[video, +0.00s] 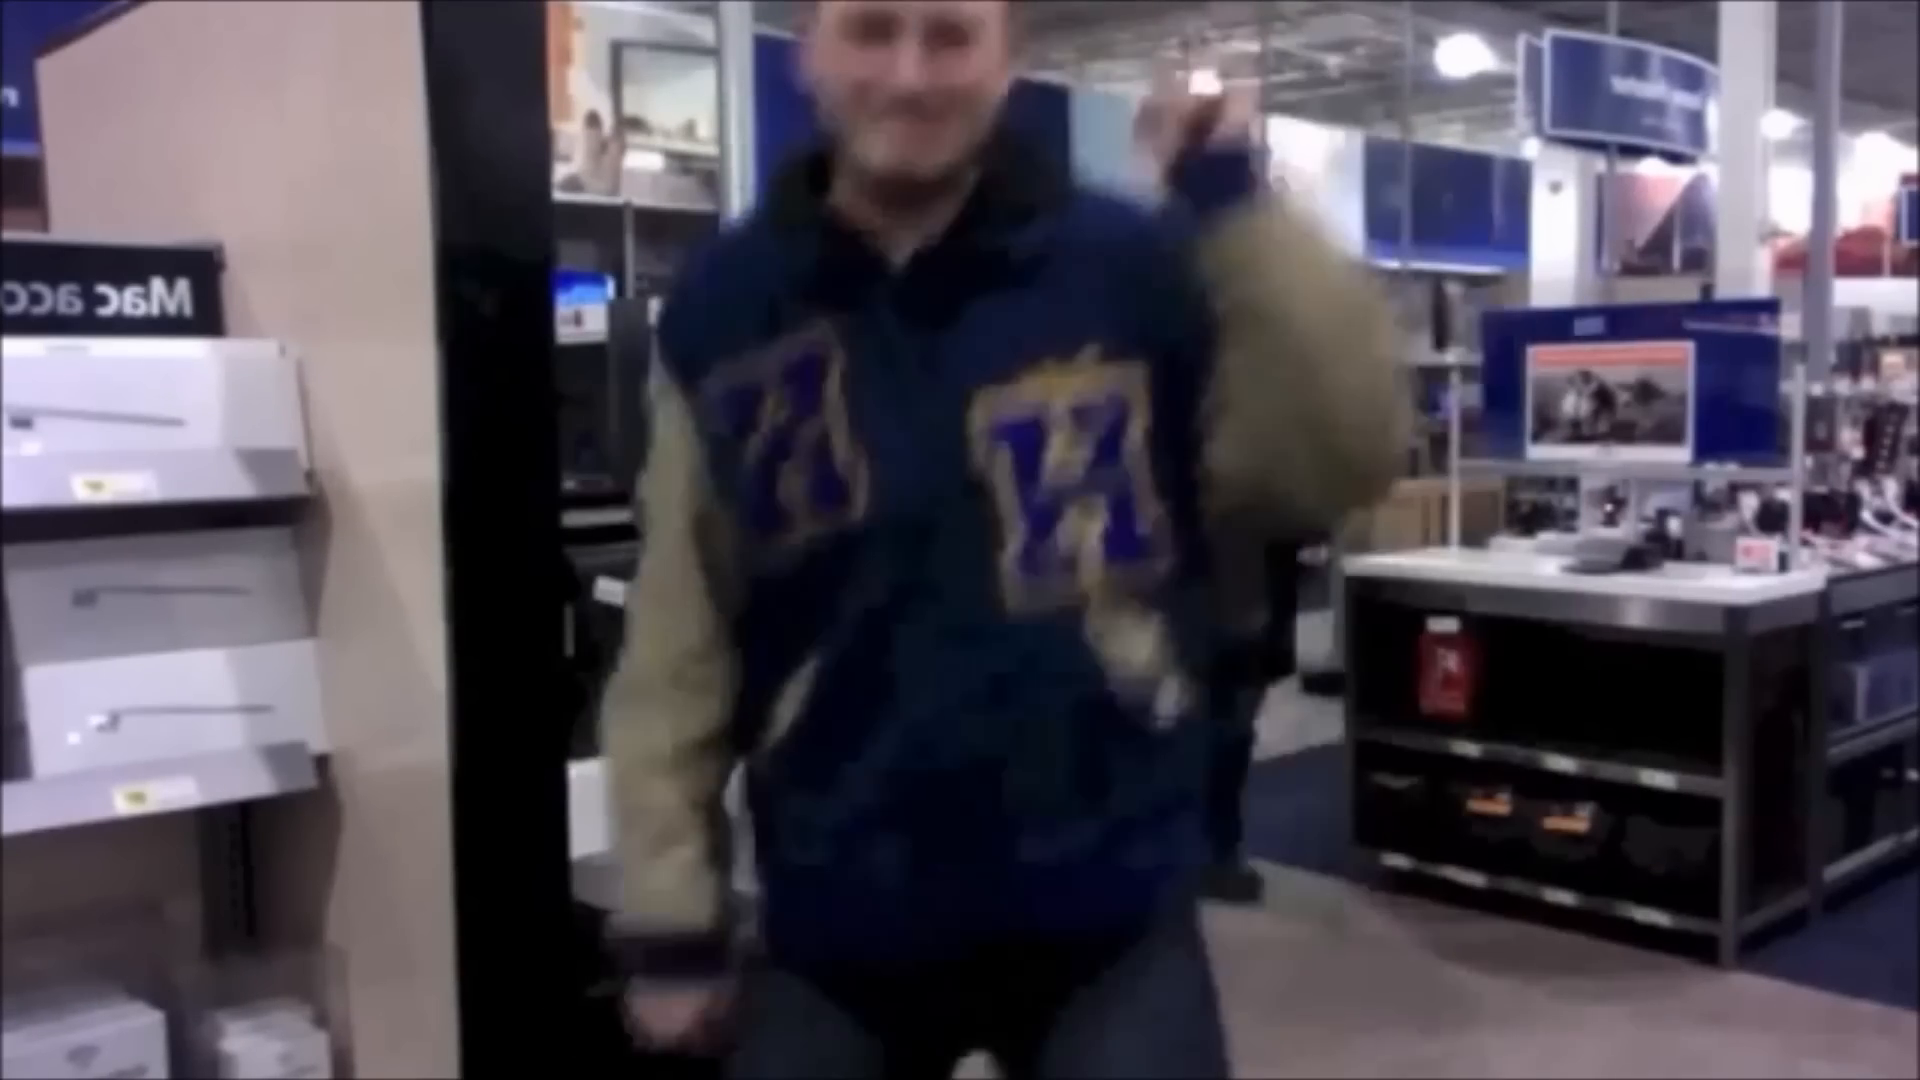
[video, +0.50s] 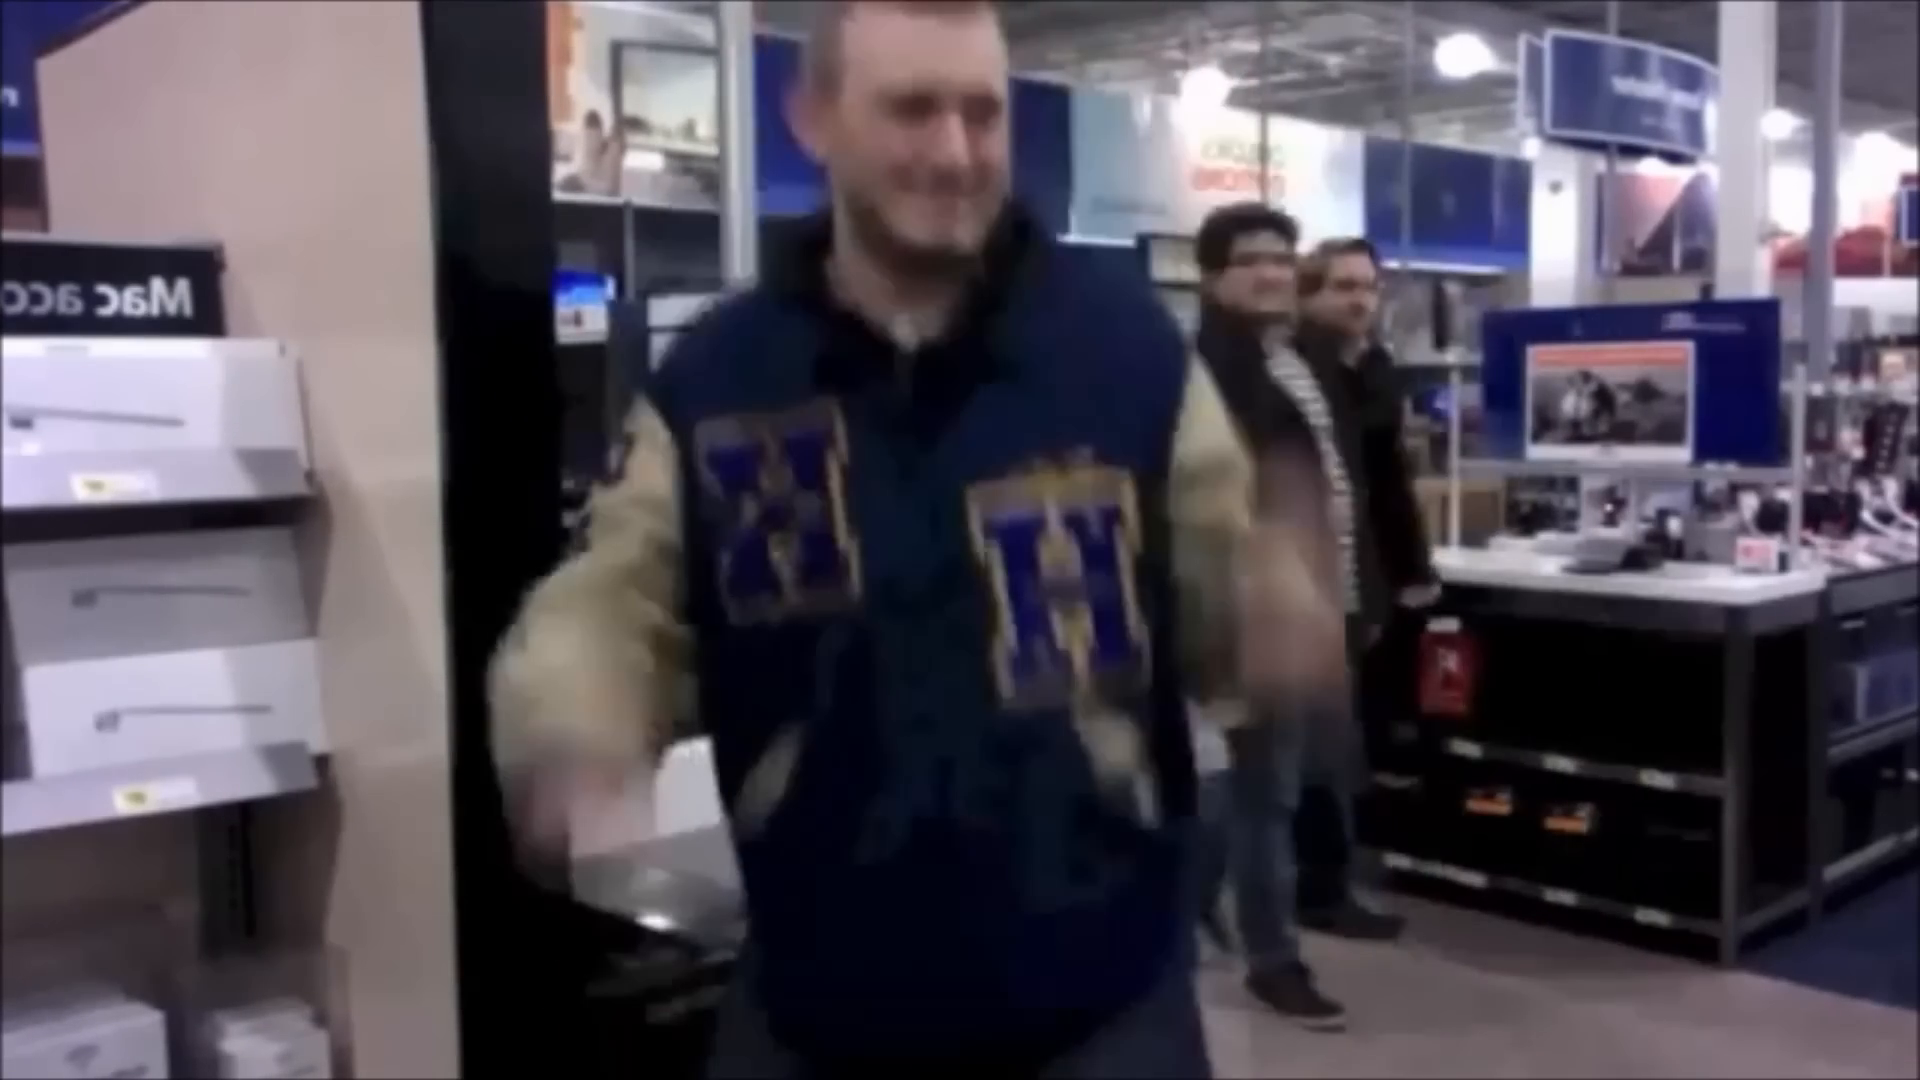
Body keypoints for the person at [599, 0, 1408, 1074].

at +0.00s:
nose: (909, 75)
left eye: (951, 37)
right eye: (871, 32)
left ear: (1010, 54)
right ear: (808, 50)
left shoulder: (1133, 270)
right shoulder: (729, 313)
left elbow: (1343, 462)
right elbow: (675, 647)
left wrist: (1238, 209)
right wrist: (669, 928)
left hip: (1104, 902)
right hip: (846, 908)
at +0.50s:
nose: (954, 152)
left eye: (981, 113)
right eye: (912, 110)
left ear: (1013, 121)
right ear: (814, 119)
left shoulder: (1116, 335)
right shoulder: (722, 375)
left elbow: (1219, 577)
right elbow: (614, 600)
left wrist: (1274, 615)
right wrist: (580, 736)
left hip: (1093, 957)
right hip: (833, 964)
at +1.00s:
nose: (1214, 184)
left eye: (1247, 147)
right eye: (1170, 144)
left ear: (1281, 167)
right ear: (1081, 159)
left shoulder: (1352, 405)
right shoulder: (965, 358)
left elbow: (1414, 749)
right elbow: (721, 499)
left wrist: (1426, 1029)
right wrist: (903, 271)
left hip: (1264, 1021)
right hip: (989, 1013)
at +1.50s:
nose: (834, 155)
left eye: (878, 116)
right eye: (804, 116)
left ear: (978, 134)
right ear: (774, 135)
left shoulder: (1132, 329)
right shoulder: (716, 387)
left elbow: (1388, 426)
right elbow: (656, 730)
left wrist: (1219, 219)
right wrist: (665, 1017)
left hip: (1117, 994)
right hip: (845, 1001)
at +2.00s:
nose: (827, 150)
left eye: (869, 107)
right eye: (801, 109)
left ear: (979, 115)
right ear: (774, 120)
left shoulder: (1153, 305)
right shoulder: (740, 384)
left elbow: (1393, 470)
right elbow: (664, 711)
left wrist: (1284, 234)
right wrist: (608, 1000)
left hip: (1151, 987)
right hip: (880, 994)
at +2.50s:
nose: (1310, 90)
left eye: (1367, 51)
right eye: (1289, 45)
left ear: (1469, 84)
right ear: (1257, 55)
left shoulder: (1515, 393)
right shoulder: (1104, 203)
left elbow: (1492, 741)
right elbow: (828, 198)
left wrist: (1445, 1033)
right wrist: (1030, 11)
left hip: (1268, 931)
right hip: (1010, 880)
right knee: (865, 1066)